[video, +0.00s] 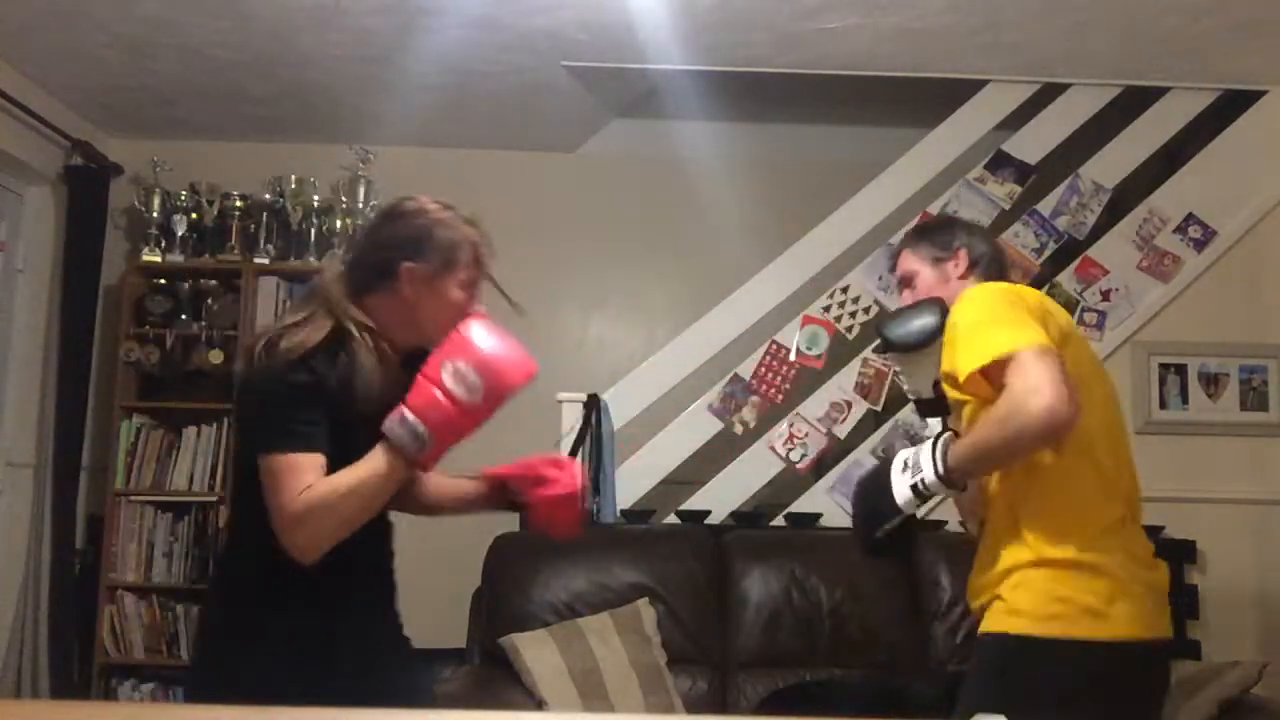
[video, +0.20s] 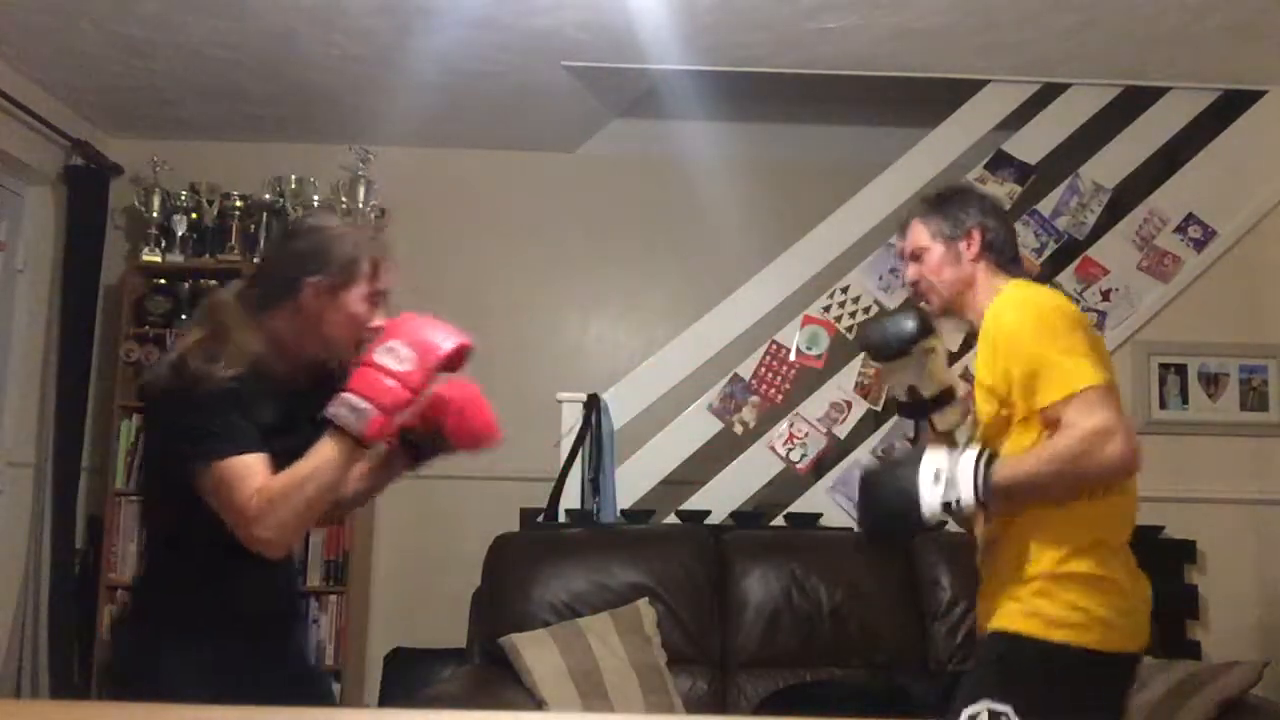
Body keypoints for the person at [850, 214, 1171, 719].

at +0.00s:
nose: (903, 302)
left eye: (909, 281)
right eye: (899, 290)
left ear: (959, 264)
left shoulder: (989, 300)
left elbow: (1043, 403)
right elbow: (990, 515)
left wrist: (929, 468)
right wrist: (934, 415)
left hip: (1051, 631)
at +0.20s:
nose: (908, 275)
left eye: (917, 255)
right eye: (905, 262)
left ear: (971, 245)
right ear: (970, 249)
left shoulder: (1026, 308)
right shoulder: (1007, 328)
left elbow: (1106, 443)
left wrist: (960, 479)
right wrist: (932, 390)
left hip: (1061, 621)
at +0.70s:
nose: (841, 254)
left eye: (849, 232)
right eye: (837, 239)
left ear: (901, 218)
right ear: (903, 219)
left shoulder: (934, 294)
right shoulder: (1000, 300)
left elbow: (926, 442)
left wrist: (789, 399)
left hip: (984, 649)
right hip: (1050, 642)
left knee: (784, 709)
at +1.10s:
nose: (945, 269)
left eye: (951, 252)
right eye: (944, 254)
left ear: (993, 244)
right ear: (1038, 250)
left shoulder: (1005, 314)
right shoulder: (1101, 341)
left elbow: (864, 394)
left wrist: (801, 295)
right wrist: (961, 319)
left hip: (1034, 648)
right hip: (1119, 647)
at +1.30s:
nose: (1032, 269)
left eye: (1037, 251)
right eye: (1031, 255)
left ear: (1081, 241)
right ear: (1128, 252)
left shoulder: (1056, 300)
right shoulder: (1190, 334)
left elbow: (930, 367)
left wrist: (835, 406)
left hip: (1070, 631)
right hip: (1184, 640)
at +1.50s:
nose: (1062, 281)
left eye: (1066, 264)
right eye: (1061, 268)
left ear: (1108, 251)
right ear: (1164, 270)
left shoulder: (1092, 303)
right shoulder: (1220, 341)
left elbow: (946, 311)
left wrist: (862, 352)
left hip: (1109, 619)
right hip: (1220, 633)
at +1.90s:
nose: (1061, 286)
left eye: (1075, 266)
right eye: (1057, 278)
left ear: (1133, 258)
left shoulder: (1170, 308)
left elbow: (1029, 365)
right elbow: (1076, 481)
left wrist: (906, 378)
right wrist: (934, 482)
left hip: (1214, 597)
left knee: (1149, 707)